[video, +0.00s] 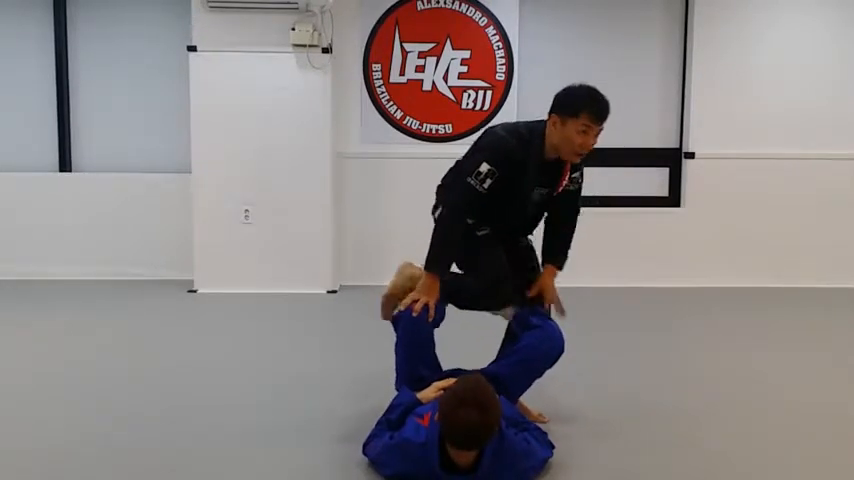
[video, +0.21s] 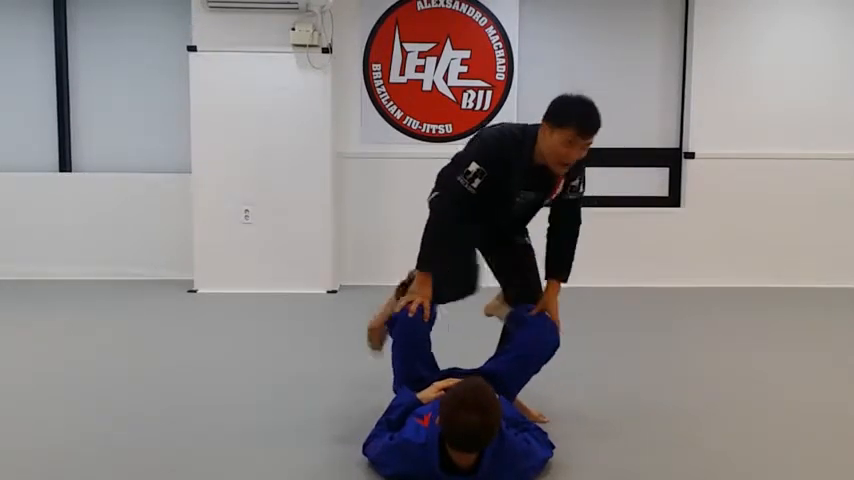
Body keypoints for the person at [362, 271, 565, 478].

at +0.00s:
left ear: (439, 416)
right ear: (498, 421)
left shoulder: (409, 449)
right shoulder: (515, 455)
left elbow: (374, 444)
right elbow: (540, 442)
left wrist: (414, 398)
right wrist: (513, 408)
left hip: (424, 397)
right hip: (495, 396)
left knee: (415, 316)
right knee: (550, 339)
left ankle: (413, 295)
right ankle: (520, 306)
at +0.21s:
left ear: (438, 421)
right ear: (498, 426)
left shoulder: (408, 452)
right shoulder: (517, 456)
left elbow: (374, 444)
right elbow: (540, 441)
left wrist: (414, 398)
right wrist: (510, 405)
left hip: (424, 391)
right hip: (493, 390)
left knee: (410, 318)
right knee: (544, 332)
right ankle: (506, 307)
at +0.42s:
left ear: (438, 421)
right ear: (498, 427)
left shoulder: (409, 451)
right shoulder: (517, 455)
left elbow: (374, 444)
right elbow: (540, 440)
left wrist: (413, 398)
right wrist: (506, 403)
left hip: (424, 392)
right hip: (494, 391)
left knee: (399, 323)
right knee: (544, 330)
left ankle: (431, 309)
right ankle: (508, 309)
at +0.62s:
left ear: (438, 425)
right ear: (498, 429)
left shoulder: (409, 452)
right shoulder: (517, 456)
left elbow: (373, 445)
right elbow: (540, 441)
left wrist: (412, 398)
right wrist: (507, 404)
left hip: (423, 394)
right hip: (493, 392)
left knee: (391, 316)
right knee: (545, 332)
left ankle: (416, 312)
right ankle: (494, 312)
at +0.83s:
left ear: (437, 424)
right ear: (498, 430)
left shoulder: (409, 452)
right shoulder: (517, 458)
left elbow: (372, 446)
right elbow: (540, 443)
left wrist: (410, 399)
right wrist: (507, 404)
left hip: (421, 396)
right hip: (491, 392)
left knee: (379, 322)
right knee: (540, 327)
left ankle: (412, 314)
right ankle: (496, 315)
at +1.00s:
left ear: (437, 426)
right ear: (496, 433)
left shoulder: (409, 453)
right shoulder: (518, 458)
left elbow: (372, 446)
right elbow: (541, 443)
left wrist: (410, 400)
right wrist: (501, 404)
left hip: (422, 396)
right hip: (491, 392)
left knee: (380, 321)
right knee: (541, 325)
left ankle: (415, 318)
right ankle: (497, 316)